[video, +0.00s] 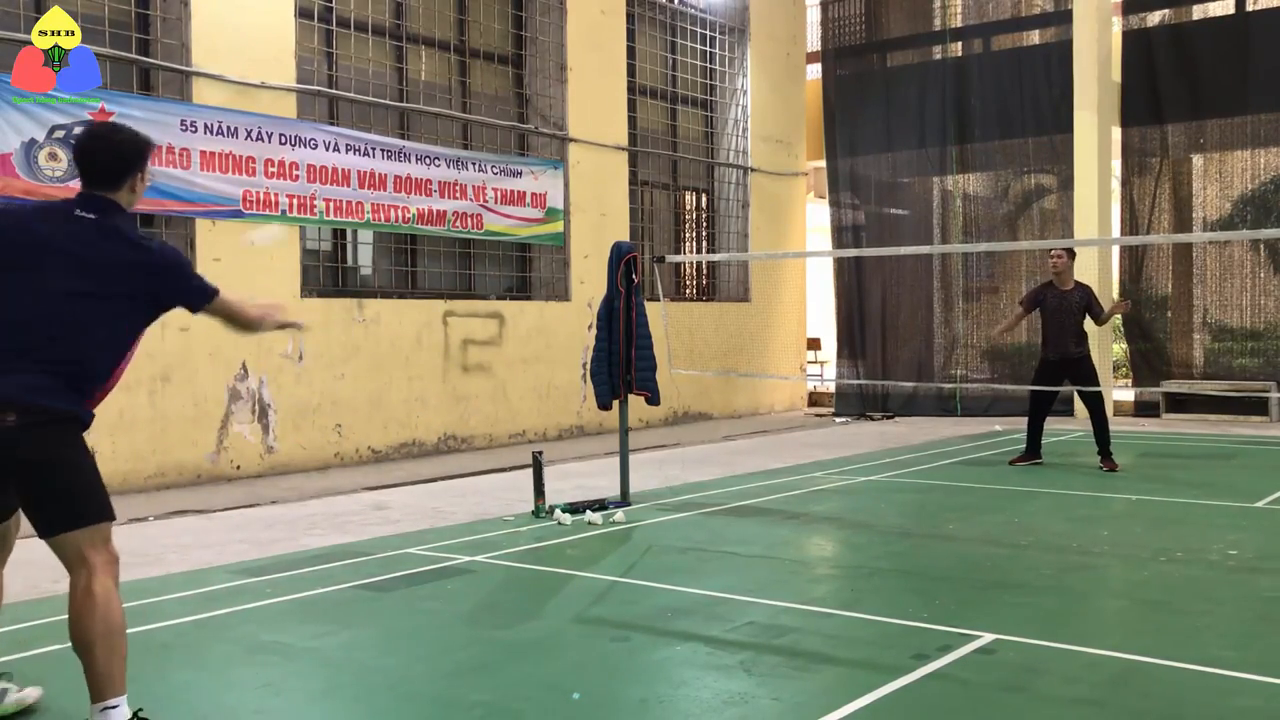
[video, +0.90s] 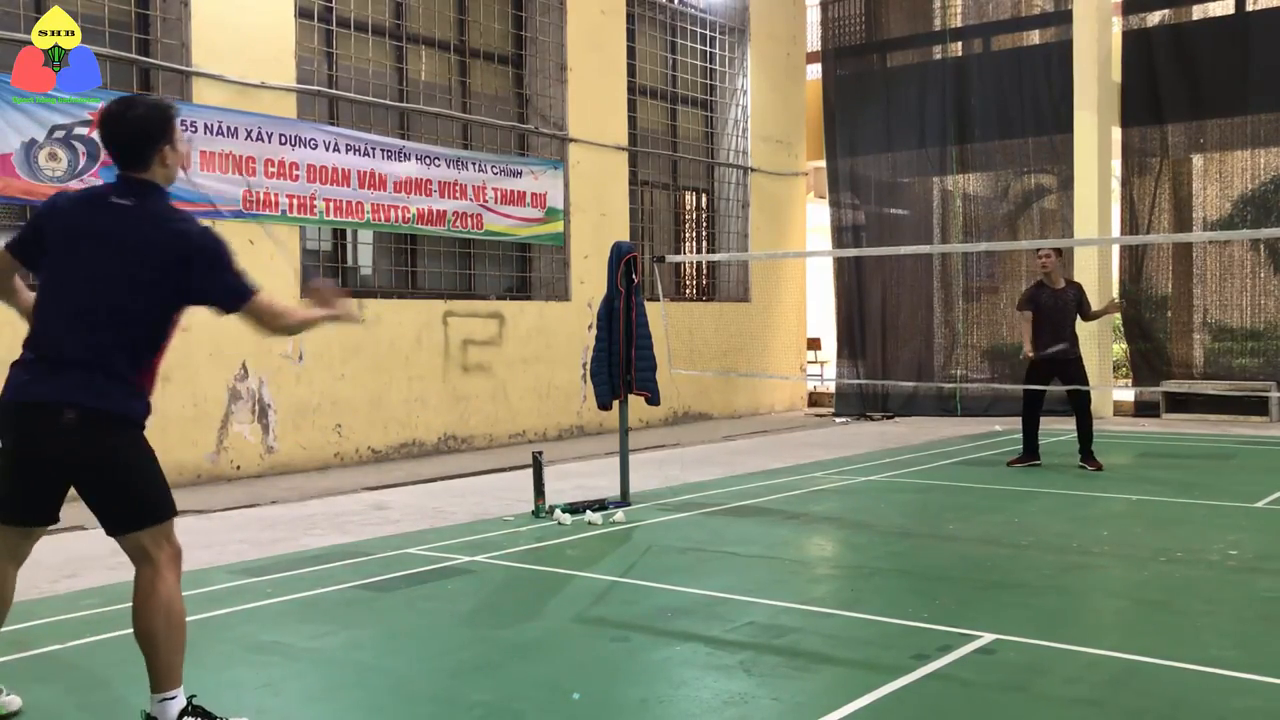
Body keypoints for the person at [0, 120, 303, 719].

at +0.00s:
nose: (149, 183)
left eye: (148, 174)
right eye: (147, 175)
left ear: (80, 174)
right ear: (137, 180)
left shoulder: (17, 221)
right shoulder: (148, 259)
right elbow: (235, 313)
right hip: (41, 426)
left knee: (1, 543)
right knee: (93, 562)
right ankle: (112, 711)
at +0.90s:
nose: (185, 148)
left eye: (181, 136)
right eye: (179, 138)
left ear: (114, 152)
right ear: (164, 151)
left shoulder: (63, 208)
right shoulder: (184, 236)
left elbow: (3, 269)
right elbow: (272, 317)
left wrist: (37, 314)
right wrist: (323, 311)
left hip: (25, 408)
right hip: (106, 420)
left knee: (7, 552)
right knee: (158, 556)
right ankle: (168, 706)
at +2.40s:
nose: (190, 182)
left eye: (187, 171)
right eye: (185, 172)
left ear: (126, 182)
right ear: (167, 180)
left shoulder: (79, 236)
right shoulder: (175, 261)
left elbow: (38, 295)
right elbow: (247, 343)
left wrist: (105, 312)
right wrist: (322, 365)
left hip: (48, 430)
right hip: (119, 432)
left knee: (63, 554)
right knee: (220, 529)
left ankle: (9, 689)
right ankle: (227, 676)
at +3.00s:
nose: (216, 159)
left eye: (213, 148)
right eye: (214, 150)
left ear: (148, 154)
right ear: (204, 157)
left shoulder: (89, 209)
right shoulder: (222, 230)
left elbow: (7, 250)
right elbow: (327, 261)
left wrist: (48, 266)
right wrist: (421, 277)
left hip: (54, 408)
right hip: (139, 419)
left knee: (11, 545)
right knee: (190, 545)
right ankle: (201, 699)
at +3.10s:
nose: (198, 163)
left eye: (195, 152)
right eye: (195, 153)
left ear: (134, 157)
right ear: (180, 159)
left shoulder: (76, 213)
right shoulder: (192, 231)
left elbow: (8, 257)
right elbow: (294, 276)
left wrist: (60, 269)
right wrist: (387, 295)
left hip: (40, 415)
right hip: (120, 422)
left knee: (4, 545)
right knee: (174, 552)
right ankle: (200, 700)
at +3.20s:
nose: (177, 181)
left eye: (175, 168)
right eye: (173, 169)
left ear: (113, 175)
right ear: (152, 174)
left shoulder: (56, 227)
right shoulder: (156, 243)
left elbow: (1, 288)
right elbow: (238, 308)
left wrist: (13, 347)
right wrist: (331, 337)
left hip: (15, 431)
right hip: (85, 438)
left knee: (5, 551)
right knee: (158, 557)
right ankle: (198, 700)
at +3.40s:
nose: (153, 208)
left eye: (150, 195)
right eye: (147, 196)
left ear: (91, 204)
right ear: (121, 203)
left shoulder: (38, 242)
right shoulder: (103, 264)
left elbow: (14, 312)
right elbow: (160, 362)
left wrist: (70, 350)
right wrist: (240, 402)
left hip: (12, 443)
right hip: (16, 447)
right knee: (99, 565)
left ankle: (161, 699)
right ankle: (163, 702)